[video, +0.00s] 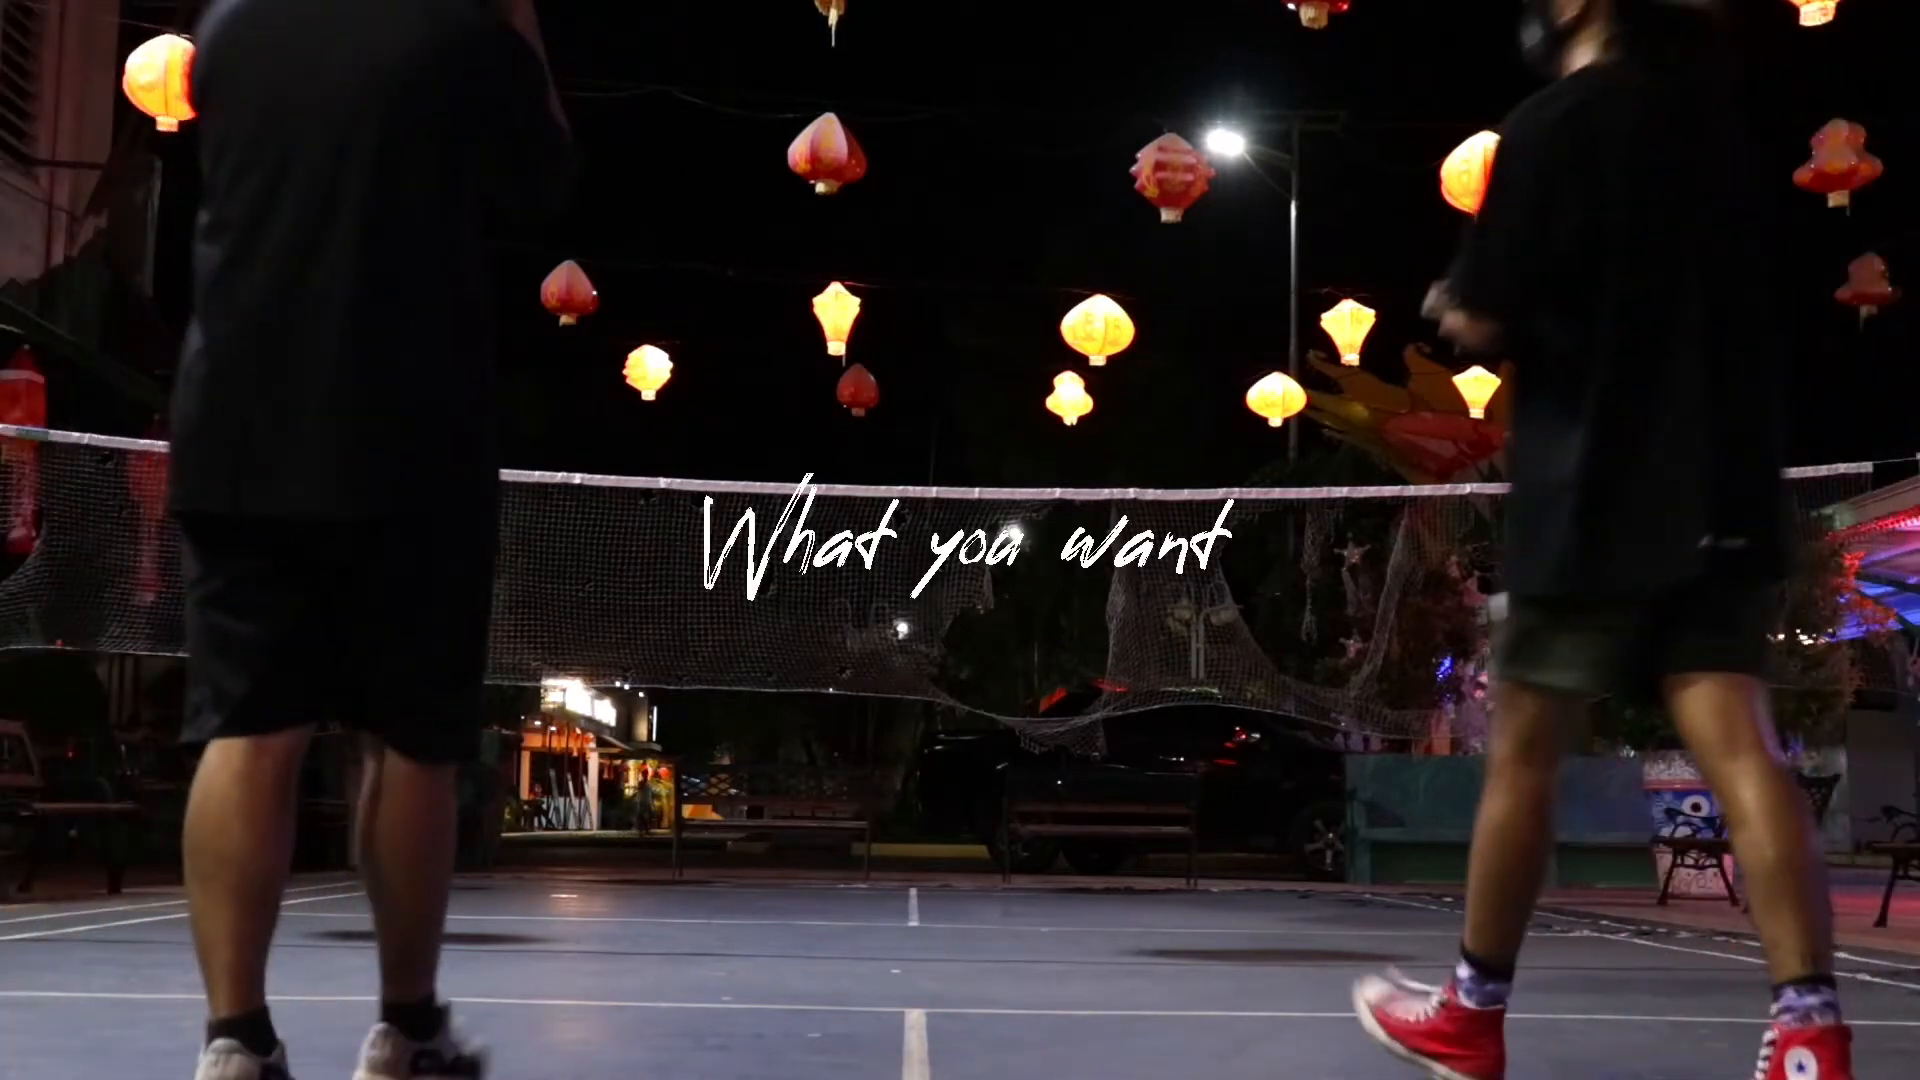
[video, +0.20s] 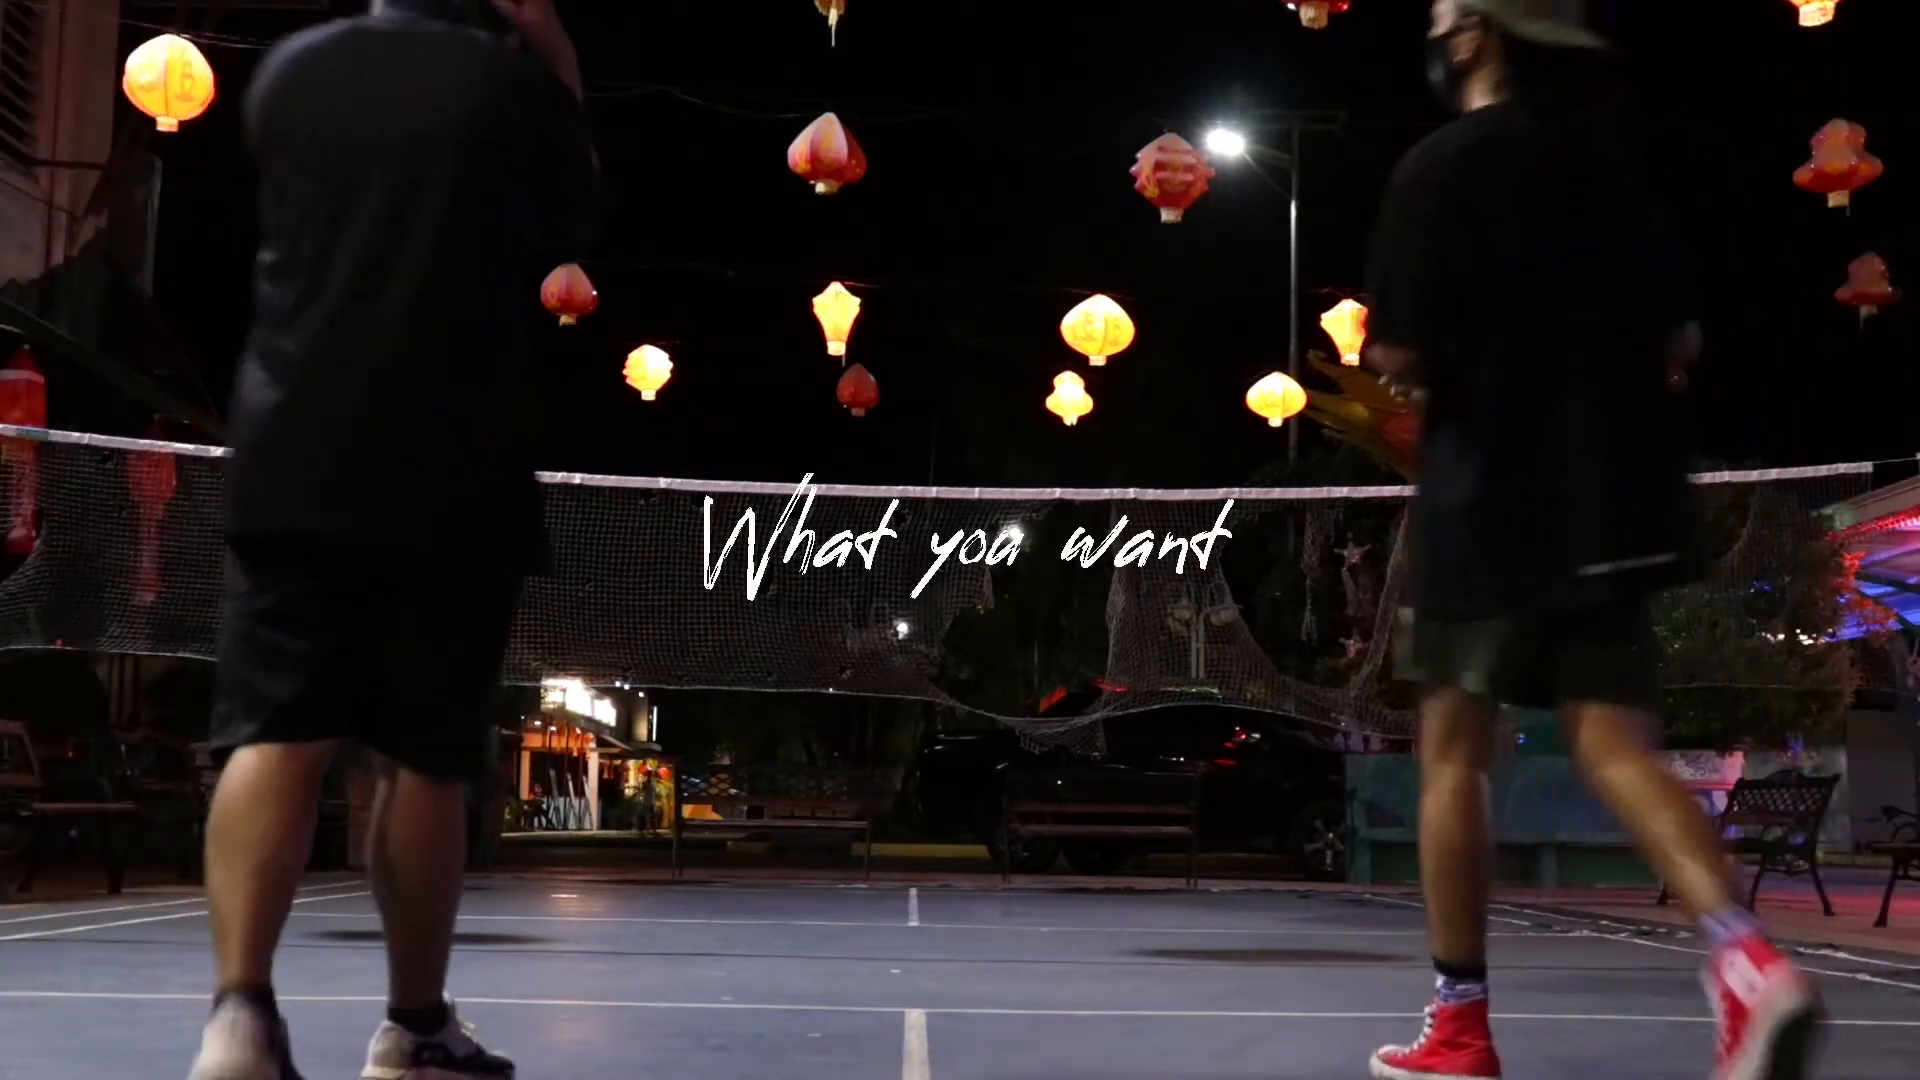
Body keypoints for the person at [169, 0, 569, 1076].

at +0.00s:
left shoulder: (235, 24)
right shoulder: (466, 31)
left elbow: (196, 230)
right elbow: (540, 207)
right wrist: (522, 36)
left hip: (238, 428)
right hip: (417, 439)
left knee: (247, 722)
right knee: (415, 734)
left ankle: (234, 1037)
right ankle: (407, 1027)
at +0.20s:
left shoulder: (285, 71)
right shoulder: (513, 87)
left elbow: (284, 234)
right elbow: (573, 228)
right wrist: (562, 73)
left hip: (287, 466)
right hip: (453, 473)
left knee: (275, 727)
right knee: (430, 748)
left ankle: (240, 1012)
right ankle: (415, 1026)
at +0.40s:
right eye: (546, 26)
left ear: (425, 19)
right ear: (533, 27)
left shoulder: (347, 103)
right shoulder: (566, 115)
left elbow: (379, 208)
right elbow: (605, 241)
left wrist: (415, 54)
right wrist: (587, 88)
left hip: (362, 463)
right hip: (515, 472)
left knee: (328, 708)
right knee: (462, 746)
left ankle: (283, 926)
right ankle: (417, 1024)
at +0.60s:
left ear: (457, 64)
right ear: (575, 67)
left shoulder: (394, 137)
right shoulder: (604, 139)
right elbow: (641, 273)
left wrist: (477, 81)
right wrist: (618, 109)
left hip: (410, 482)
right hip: (547, 487)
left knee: (415, 747)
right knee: (485, 755)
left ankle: (431, 994)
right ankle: (414, 1026)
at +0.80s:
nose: (636, 105)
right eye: (633, 98)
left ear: (522, 97)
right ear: (619, 106)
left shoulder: (443, 177)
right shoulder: (637, 167)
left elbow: (452, 299)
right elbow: (707, 293)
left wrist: (514, 135)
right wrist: (672, 147)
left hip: (464, 504)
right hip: (587, 507)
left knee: (503, 757)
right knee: (520, 760)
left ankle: (538, 1005)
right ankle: (420, 1018)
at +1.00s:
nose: (712, 153)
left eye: (712, 137)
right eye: (711, 138)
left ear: (602, 111)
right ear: (687, 125)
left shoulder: (514, 190)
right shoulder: (668, 180)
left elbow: (514, 353)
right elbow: (776, 300)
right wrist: (741, 171)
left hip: (520, 511)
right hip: (641, 511)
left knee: (546, 743)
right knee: (690, 738)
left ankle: (536, 1017)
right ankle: (540, 918)